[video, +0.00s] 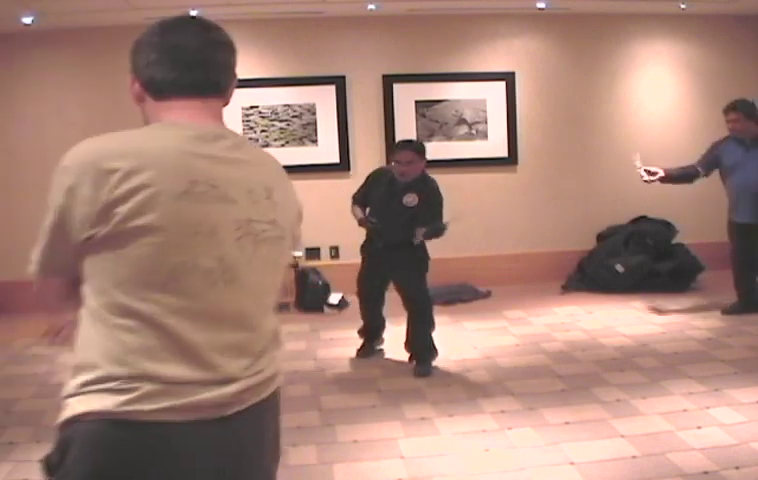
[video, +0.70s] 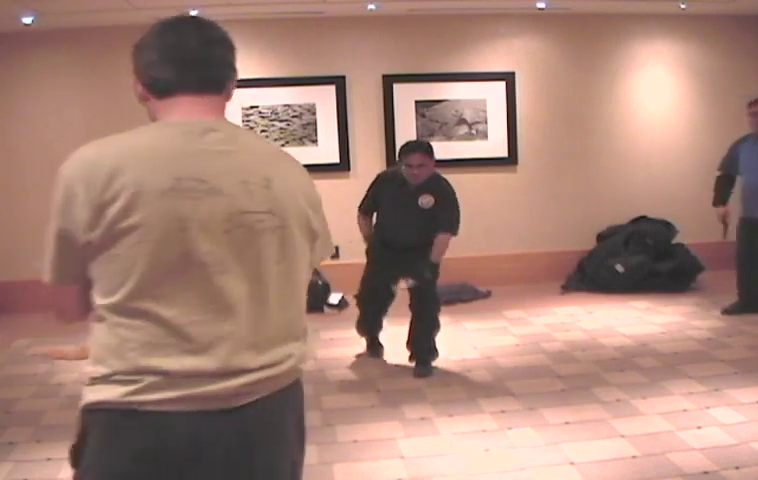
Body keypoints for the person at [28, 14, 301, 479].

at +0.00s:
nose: (132, 94)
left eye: (131, 83)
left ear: (138, 89)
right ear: (230, 88)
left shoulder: (95, 163)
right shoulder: (273, 175)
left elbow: (52, 291)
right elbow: (271, 288)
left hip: (119, 443)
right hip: (245, 439)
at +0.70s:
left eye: (133, 84)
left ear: (143, 90)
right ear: (231, 86)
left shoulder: (92, 168)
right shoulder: (286, 169)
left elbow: (69, 303)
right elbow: (301, 280)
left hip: (136, 436)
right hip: (266, 429)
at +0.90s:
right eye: (197, 78)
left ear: (99, 82)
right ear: (192, 83)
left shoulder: (26, 181)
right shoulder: (258, 179)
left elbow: (10, 335)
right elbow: (291, 330)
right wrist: (204, 332)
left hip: (78, 456)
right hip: (227, 449)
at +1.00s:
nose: (171, 92)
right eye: (171, 81)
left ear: (68, 85)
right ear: (162, 86)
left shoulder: (9, 174)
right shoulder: (226, 182)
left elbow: (4, 328)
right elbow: (282, 339)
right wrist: (209, 371)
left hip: (37, 462)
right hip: (195, 457)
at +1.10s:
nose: (142, 89)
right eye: (142, 78)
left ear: (39, 78)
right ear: (133, 83)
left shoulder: (5, 164)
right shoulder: (186, 182)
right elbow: (263, 355)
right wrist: (220, 397)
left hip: (18, 462)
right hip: (163, 460)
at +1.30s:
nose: (108, 84)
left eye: (109, 68)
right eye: (110, 69)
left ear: (6, 59)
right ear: (95, 71)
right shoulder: (147, 175)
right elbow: (194, 360)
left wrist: (218, 419)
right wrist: (222, 422)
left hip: (12, 462)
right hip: (131, 458)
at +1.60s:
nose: (92, 82)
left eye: (93, 64)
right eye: (93, 64)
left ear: (7, 54)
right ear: (77, 64)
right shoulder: (112, 171)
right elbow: (142, 366)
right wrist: (192, 427)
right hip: (104, 462)